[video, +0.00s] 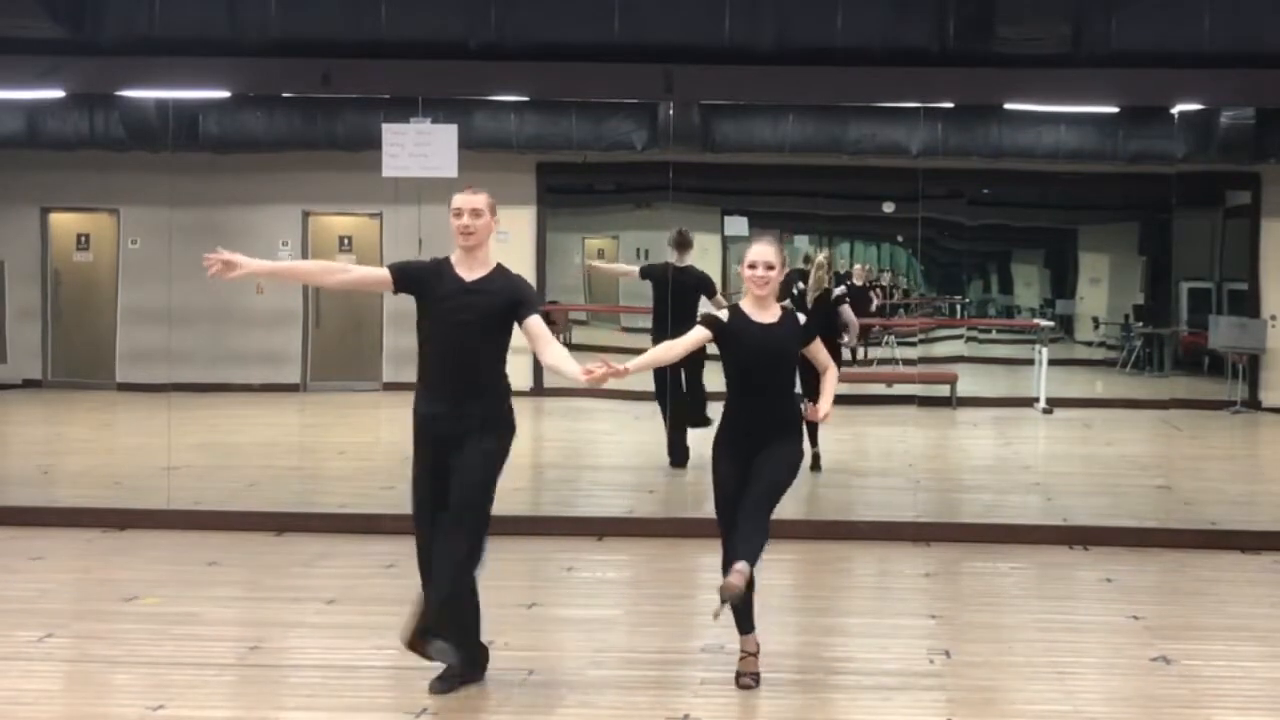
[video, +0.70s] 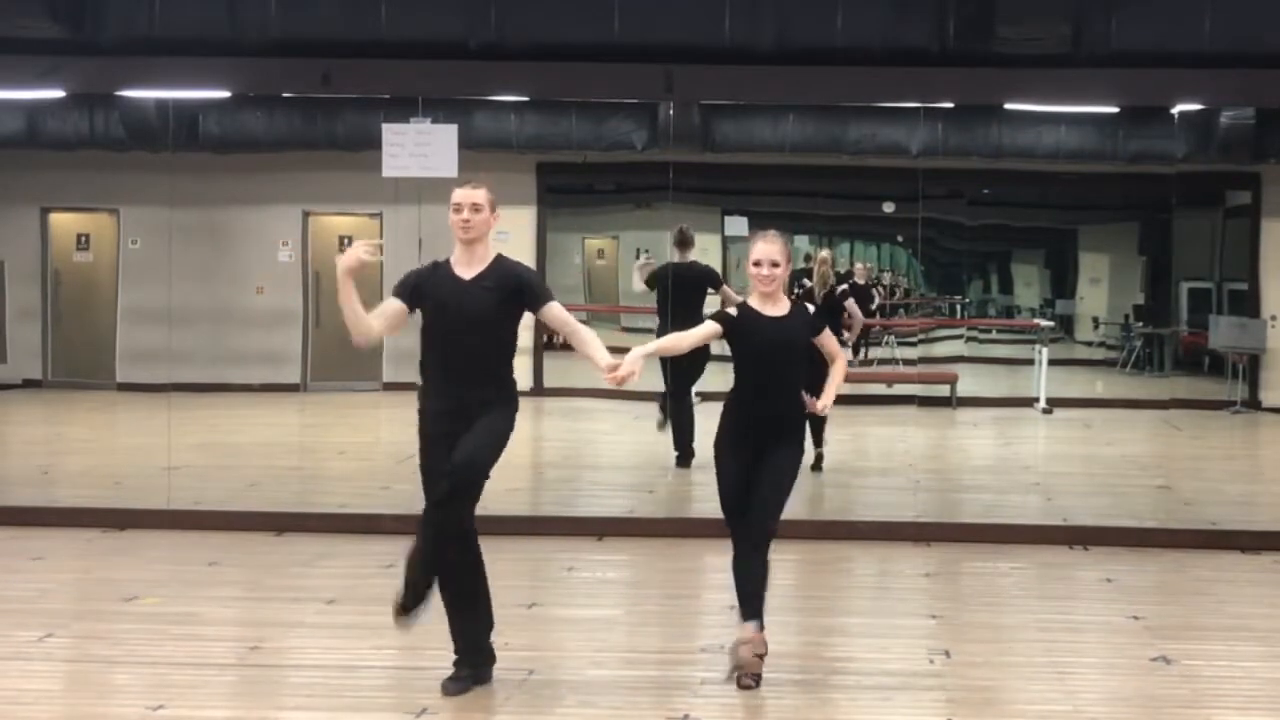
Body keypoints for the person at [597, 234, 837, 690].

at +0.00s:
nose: (759, 273)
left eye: (768, 266)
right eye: (753, 265)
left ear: (782, 273)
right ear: (741, 270)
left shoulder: (796, 323)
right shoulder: (724, 318)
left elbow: (828, 368)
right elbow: (675, 347)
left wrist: (824, 403)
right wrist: (627, 367)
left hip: (783, 436)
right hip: (734, 436)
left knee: (759, 500)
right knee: (734, 535)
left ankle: (740, 570)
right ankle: (748, 646)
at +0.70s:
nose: (765, 272)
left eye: (774, 264)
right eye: (757, 264)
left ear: (788, 269)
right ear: (747, 268)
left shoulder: (807, 317)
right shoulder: (734, 315)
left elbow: (839, 358)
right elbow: (686, 339)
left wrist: (826, 397)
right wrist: (639, 353)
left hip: (785, 437)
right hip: (737, 435)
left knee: (759, 532)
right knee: (743, 532)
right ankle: (752, 633)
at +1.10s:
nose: (768, 272)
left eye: (777, 265)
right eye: (760, 264)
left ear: (790, 269)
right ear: (749, 267)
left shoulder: (807, 320)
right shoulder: (731, 315)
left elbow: (854, 359)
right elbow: (677, 339)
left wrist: (826, 402)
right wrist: (645, 353)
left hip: (790, 440)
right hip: (741, 438)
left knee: (780, 545)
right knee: (745, 538)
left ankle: (760, 615)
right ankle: (753, 640)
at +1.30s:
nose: (771, 278)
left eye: (779, 272)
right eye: (764, 270)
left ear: (792, 276)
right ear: (752, 274)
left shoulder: (810, 326)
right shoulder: (736, 324)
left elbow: (859, 371)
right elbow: (681, 353)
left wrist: (822, 415)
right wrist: (666, 366)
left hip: (790, 445)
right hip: (742, 443)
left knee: (765, 533)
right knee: (768, 536)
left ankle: (750, 613)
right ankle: (765, 641)